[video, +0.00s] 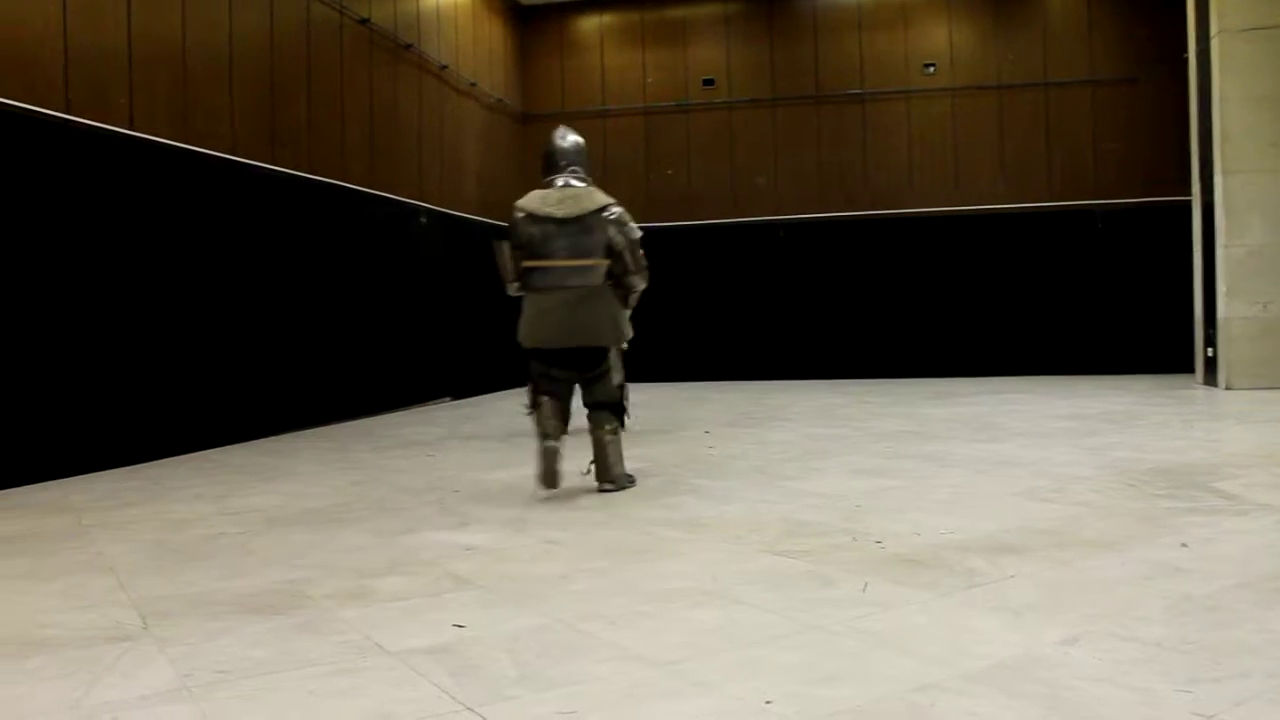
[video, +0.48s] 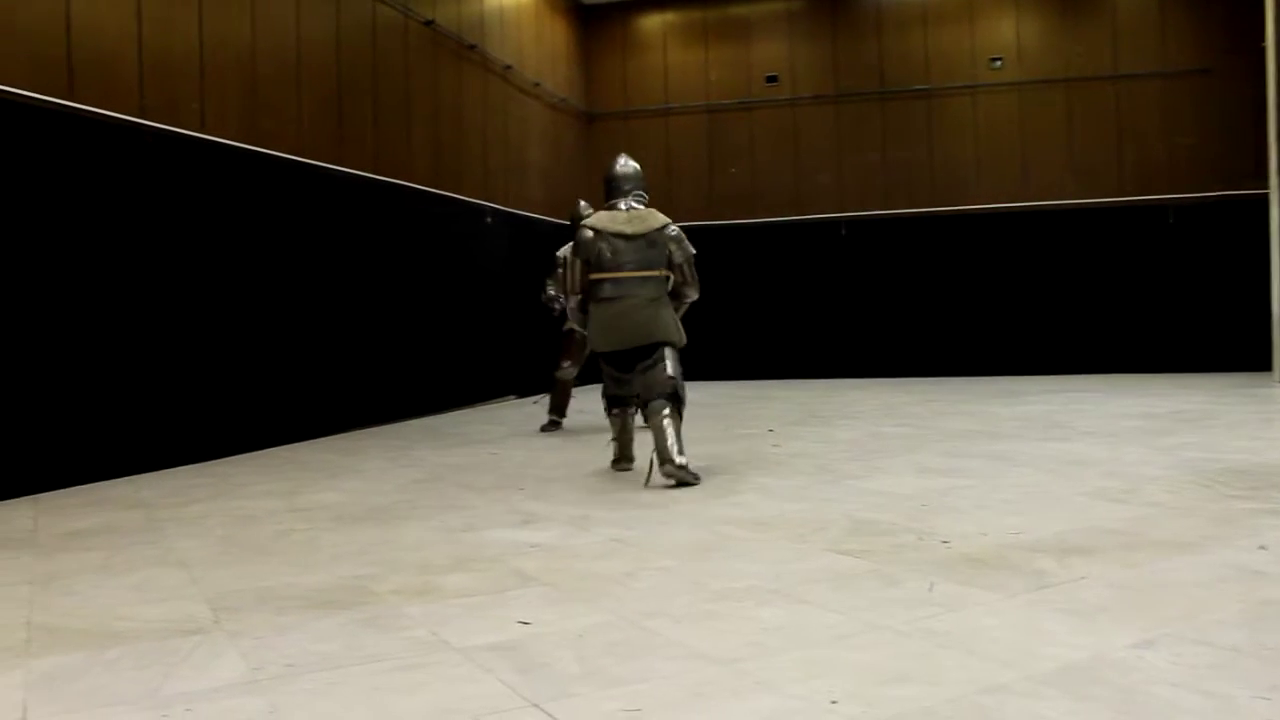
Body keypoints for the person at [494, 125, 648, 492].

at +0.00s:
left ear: (548, 164)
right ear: (585, 162)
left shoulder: (524, 211)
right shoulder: (607, 210)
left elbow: (516, 271)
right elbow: (634, 272)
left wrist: (537, 291)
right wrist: (616, 309)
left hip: (543, 322)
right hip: (595, 322)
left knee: (549, 384)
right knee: (603, 395)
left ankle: (548, 449)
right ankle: (611, 471)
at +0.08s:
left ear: (562, 160)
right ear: (599, 158)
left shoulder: (539, 204)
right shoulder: (622, 204)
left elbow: (527, 268)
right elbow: (647, 267)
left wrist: (552, 285)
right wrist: (629, 306)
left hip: (556, 314)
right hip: (606, 314)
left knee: (565, 381)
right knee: (611, 390)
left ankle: (575, 457)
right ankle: (620, 470)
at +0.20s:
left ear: (582, 165)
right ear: (618, 164)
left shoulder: (561, 208)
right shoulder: (643, 207)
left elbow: (544, 272)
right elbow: (667, 272)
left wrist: (567, 299)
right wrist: (639, 300)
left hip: (576, 317)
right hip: (627, 314)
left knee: (584, 380)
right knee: (628, 391)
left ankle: (592, 455)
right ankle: (636, 472)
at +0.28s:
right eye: (626, 170)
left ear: (595, 173)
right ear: (631, 171)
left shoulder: (576, 215)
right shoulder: (654, 213)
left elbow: (561, 277)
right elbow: (678, 276)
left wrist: (581, 298)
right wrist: (652, 298)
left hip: (592, 318)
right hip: (640, 315)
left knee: (600, 382)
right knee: (642, 391)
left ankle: (601, 451)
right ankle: (650, 472)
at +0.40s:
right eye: (635, 181)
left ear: (605, 184)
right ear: (640, 182)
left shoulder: (586, 226)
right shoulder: (663, 223)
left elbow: (572, 285)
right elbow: (687, 284)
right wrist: (661, 309)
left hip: (604, 322)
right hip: (651, 319)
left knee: (612, 382)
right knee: (655, 389)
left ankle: (614, 453)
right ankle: (662, 467)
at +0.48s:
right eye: (637, 187)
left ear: (609, 189)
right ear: (643, 188)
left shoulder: (590, 231)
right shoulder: (665, 228)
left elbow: (576, 288)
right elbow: (688, 287)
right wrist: (664, 314)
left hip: (608, 324)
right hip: (654, 322)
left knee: (617, 384)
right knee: (660, 389)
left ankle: (623, 453)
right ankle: (672, 459)